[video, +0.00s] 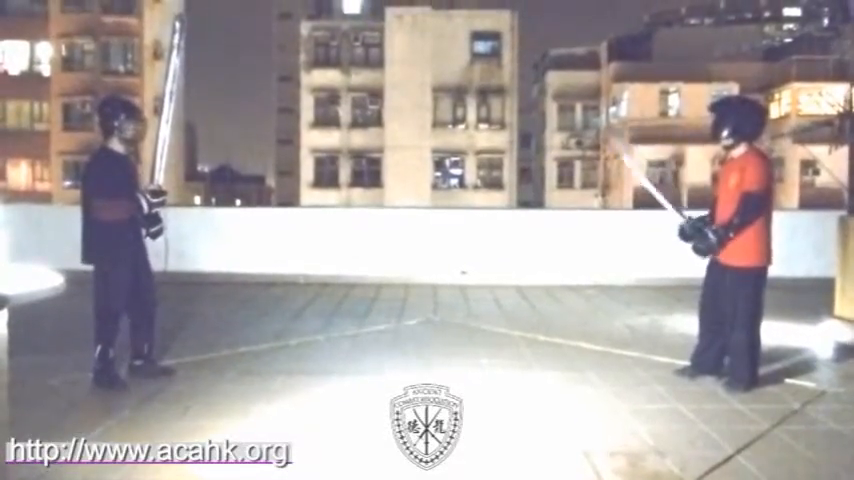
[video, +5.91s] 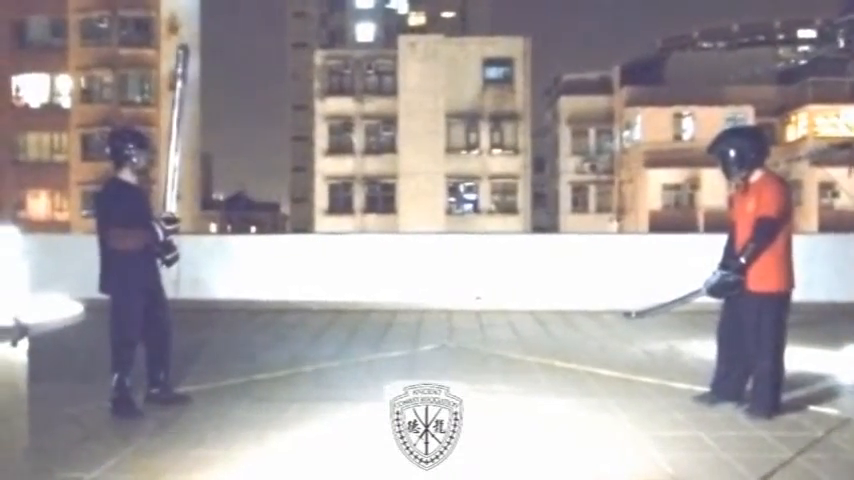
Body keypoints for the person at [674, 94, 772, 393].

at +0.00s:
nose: (717, 129)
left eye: (722, 123)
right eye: (718, 123)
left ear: (738, 127)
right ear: (730, 127)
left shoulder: (755, 163)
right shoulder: (725, 163)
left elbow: (751, 206)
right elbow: (722, 207)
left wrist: (720, 235)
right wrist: (702, 223)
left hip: (747, 256)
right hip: (723, 253)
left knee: (741, 317)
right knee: (712, 310)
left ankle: (741, 374)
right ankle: (706, 362)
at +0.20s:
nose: (719, 150)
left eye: (724, 143)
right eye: (719, 143)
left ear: (740, 145)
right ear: (726, 146)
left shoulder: (756, 182)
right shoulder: (727, 183)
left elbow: (753, 224)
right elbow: (719, 225)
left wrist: (725, 257)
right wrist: (703, 254)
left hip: (749, 276)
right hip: (724, 272)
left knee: (744, 336)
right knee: (715, 329)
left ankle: (744, 393)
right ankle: (708, 382)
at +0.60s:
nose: (706, 192)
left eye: (710, 185)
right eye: (705, 186)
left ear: (727, 182)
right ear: (711, 185)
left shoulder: (754, 212)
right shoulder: (719, 218)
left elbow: (746, 255)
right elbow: (717, 259)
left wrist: (721, 288)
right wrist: (710, 291)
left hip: (756, 306)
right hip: (729, 304)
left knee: (753, 367)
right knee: (717, 361)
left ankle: (749, 422)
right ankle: (709, 411)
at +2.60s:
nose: (718, 188)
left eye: (721, 181)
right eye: (717, 182)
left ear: (736, 178)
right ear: (733, 180)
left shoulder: (766, 207)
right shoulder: (736, 212)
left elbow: (760, 249)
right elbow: (730, 255)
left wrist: (733, 285)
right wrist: (719, 286)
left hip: (764, 302)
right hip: (739, 300)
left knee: (761, 363)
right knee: (727, 356)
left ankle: (757, 420)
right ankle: (719, 408)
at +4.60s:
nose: (711, 181)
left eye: (714, 173)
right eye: (710, 174)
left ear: (730, 171)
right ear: (725, 173)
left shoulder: (760, 202)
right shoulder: (727, 205)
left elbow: (752, 245)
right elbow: (722, 248)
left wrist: (725, 280)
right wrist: (712, 279)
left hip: (756, 294)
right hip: (730, 292)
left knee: (752, 356)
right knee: (719, 348)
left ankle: (750, 413)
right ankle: (712, 400)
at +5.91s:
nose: (724, 166)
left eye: (727, 158)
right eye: (723, 160)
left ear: (743, 156)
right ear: (738, 159)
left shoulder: (772, 187)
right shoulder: (739, 193)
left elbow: (765, 231)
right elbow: (735, 235)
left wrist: (738, 267)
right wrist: (724, 268)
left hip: (769, 282)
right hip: (743, 280)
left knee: (765, 344)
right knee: (732, 336)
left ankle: (764, 400)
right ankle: (726, 388)